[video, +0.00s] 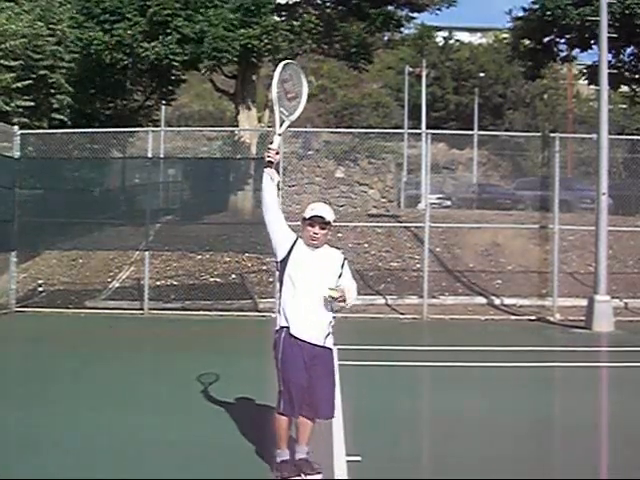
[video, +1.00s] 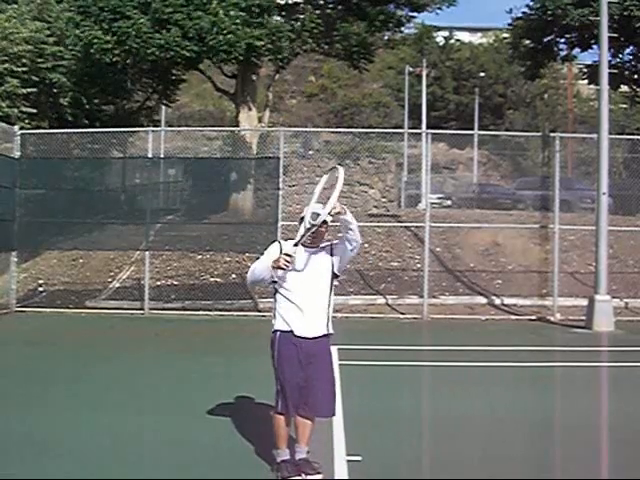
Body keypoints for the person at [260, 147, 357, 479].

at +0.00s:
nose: (316, 229)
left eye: (322, 225)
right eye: (311, 223)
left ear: (330, 229)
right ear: (302, 225)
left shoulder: (336, 259)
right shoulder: (289, 246)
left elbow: (352, 292)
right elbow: (271, 209)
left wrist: (344, 297)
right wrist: (270, 169)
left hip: (320, 339)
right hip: (291, 334)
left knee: (312, 401)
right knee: (289, 398)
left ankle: (302, 456)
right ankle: (282, 459)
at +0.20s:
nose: (316, 231)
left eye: (322, 226)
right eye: (311, 224)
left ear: (329, 231)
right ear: (302, 226)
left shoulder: (335, 260)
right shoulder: (287, 246)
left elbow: (351, 297)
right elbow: (265, 215)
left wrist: (350, 279)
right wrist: (269, 177)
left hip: (320, 340)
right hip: (290, 335)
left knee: (312, 401)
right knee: (289, 398)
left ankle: (302, 457)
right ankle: (283, 460)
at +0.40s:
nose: (316, 226)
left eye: (323, 224)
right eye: (313, 221)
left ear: (331, 231)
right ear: (304, 224)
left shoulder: (336, 257)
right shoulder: (289, 245)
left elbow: (363, 277)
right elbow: (254, 246)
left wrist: (355, 251)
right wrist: (269, 218)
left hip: (319, 337)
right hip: (289, 332)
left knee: (311, 398)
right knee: (288, 395)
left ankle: (301, 457)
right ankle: (283, 459)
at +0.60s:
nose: (321, 227)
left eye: (327, 224)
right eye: (318, 221)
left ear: (333, 229)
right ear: (308, 223)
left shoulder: (334, 255)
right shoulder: (288, 249)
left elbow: (357, 244)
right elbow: (254, 274)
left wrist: (355, 213)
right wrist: (276, 257)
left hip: (318, 335)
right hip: (288, 333)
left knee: (311, 398)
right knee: (286, 396)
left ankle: (301, 456)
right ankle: (282, 458)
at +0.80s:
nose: (322, 236)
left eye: (326, 231)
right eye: (318, 230)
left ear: (330, 231)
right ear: (306, 227)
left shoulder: (331, 253)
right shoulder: (283, 249)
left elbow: (349, 239)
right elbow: (253, 276)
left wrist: (349, 215)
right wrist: (275, 266)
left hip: (319, 335)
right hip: (288, 334)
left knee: (311, 398)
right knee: (286, 397)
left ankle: (302, 457)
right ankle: (282, 459)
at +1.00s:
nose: (319, 235)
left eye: (324, 231)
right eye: (315, 229)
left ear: (328, 232)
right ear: (304, 226)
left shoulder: (330, 253)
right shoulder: (282, 249)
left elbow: (354, 242)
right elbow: (252, 278)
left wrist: (346, 218)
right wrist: (272, 267)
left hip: (318, 334)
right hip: (288, 334)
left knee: (311, 397)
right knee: (286, 396)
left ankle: (302, 457)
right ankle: (282, 459)